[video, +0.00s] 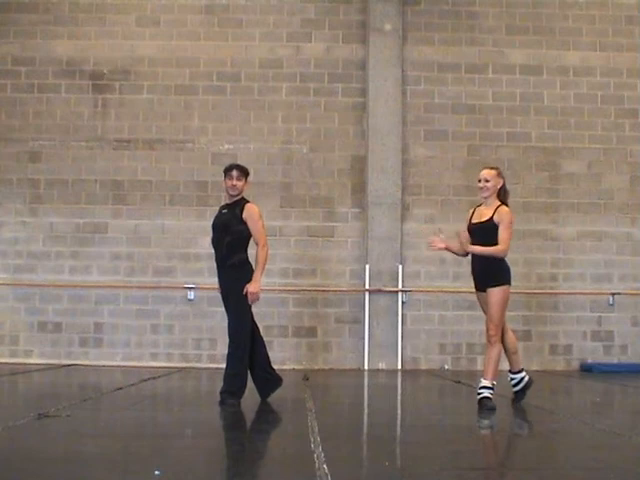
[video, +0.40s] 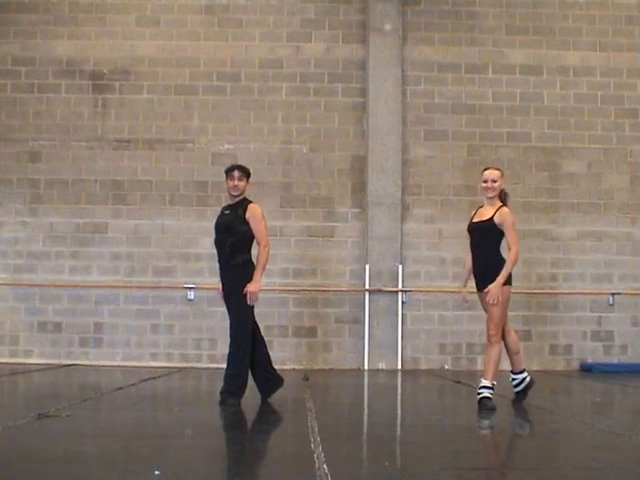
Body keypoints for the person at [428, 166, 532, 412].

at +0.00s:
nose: (482, 184)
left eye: (487, 181)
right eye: (480, 181)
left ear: (499, 184)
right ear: (478, 184)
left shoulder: (503, 212)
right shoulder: (474, 212)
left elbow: (502, 250)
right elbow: (465, 250)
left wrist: (472, 248)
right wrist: (446, 245)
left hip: (498, 275)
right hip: (479, 275)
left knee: (493, 334)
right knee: (501, 329)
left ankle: (486, 387)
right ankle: (518, 374)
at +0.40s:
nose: (489, 185)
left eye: (494, 181)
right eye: (485, 181)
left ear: (502, 185)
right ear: (480, 185)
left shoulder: (504, 214)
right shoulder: (477, 212)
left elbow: (514, 252)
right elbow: (473, 252)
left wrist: (498, 283)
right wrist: (464, 283)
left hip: (498, 277)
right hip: (480, 278)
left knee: (493, 335)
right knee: (504, 331)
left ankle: (486, 387)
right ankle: (520, 375)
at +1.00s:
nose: (483, 187)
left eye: (488, 184)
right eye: (480, 183)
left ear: (496, 186)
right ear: (475, 185)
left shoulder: (498, 213)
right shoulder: (475, 213)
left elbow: (518, 245)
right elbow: (465, 251)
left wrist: (535, 270)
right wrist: (438, 261)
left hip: (500, 278)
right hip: (484, 280)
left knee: (493, 333)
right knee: (508, 330)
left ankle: (485, 388)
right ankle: (523, 377)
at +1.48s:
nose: (493, 182)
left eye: (497, 179)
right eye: (488, 179)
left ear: (502, 184)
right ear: (480, 183)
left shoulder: (505, 212)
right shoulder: (473, 199)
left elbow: (525, 226)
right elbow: (464, 201)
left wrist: (524, 197)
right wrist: (486, 223)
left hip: (493, 274)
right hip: (468, 271)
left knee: (483, 334)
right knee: (458, 334)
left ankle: (481, 386)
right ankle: (428, 305)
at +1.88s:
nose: (480, 194)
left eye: (484, 189)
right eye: (475, 190)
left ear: (490, 192)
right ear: (467, 193)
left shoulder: (500, 210)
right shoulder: (466, 226)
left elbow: (517, 208)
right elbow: (484, 250)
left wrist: (490, 229)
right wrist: (506, 225)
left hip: (503, 285)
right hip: (478, 285)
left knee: (497, 349)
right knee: (478, 338)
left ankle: (459, 382)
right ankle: (501, 387)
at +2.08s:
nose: (496, 172)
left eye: (500, 168)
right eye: (491, 169)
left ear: (506, 173)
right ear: (483, 174)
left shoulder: (513, 195)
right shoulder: (476, 196)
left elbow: (533, 163)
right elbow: (449, 171)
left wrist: (538, 132)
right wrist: (453, 142)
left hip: (508, 270)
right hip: (481, 269)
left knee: (525, 330)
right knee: (489, 327)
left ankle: (526, 385)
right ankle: (477, 383)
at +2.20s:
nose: (503, 173)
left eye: (507, 169)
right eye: (498, 169)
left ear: (513, 173)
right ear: (490, 173)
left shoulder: (521, 198)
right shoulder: (481, 199)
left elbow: (541, 165)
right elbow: (452, 170)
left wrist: (561, 142)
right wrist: (427, 146)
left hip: (516, 272)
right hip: (487, 273)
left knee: (534, 328)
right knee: (480, 333)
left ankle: (557, 383)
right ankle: (461, 389)